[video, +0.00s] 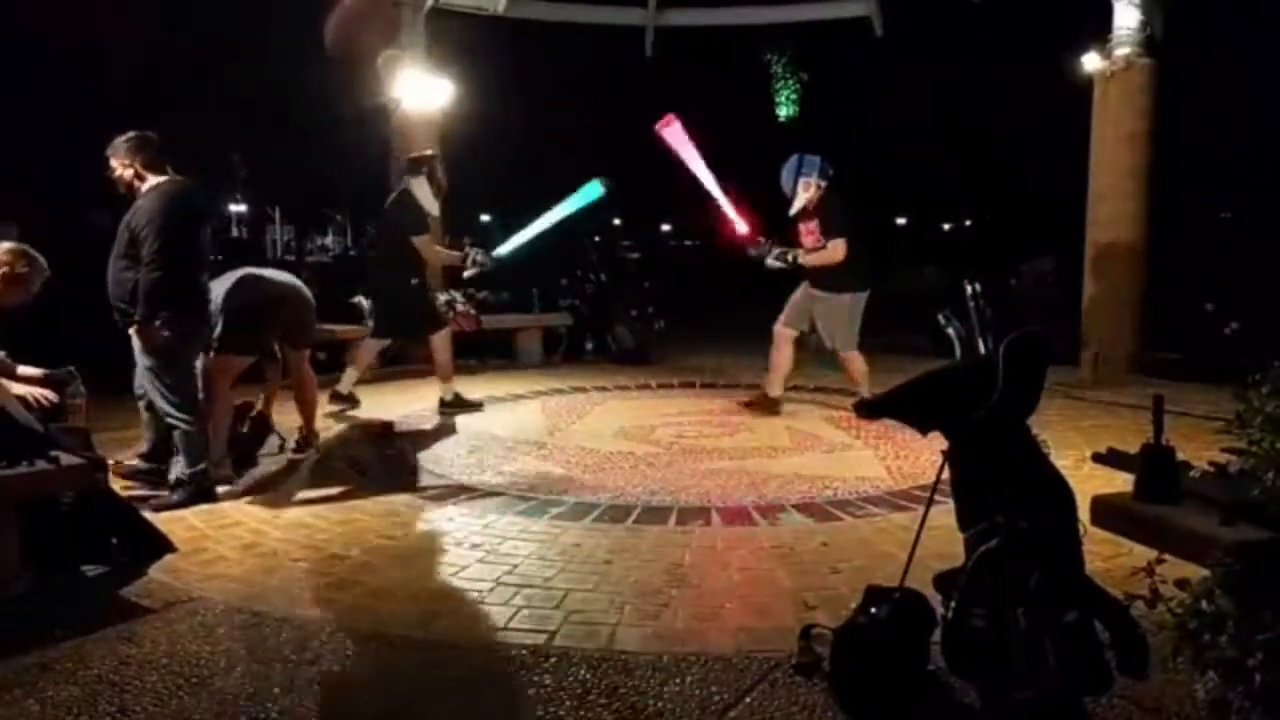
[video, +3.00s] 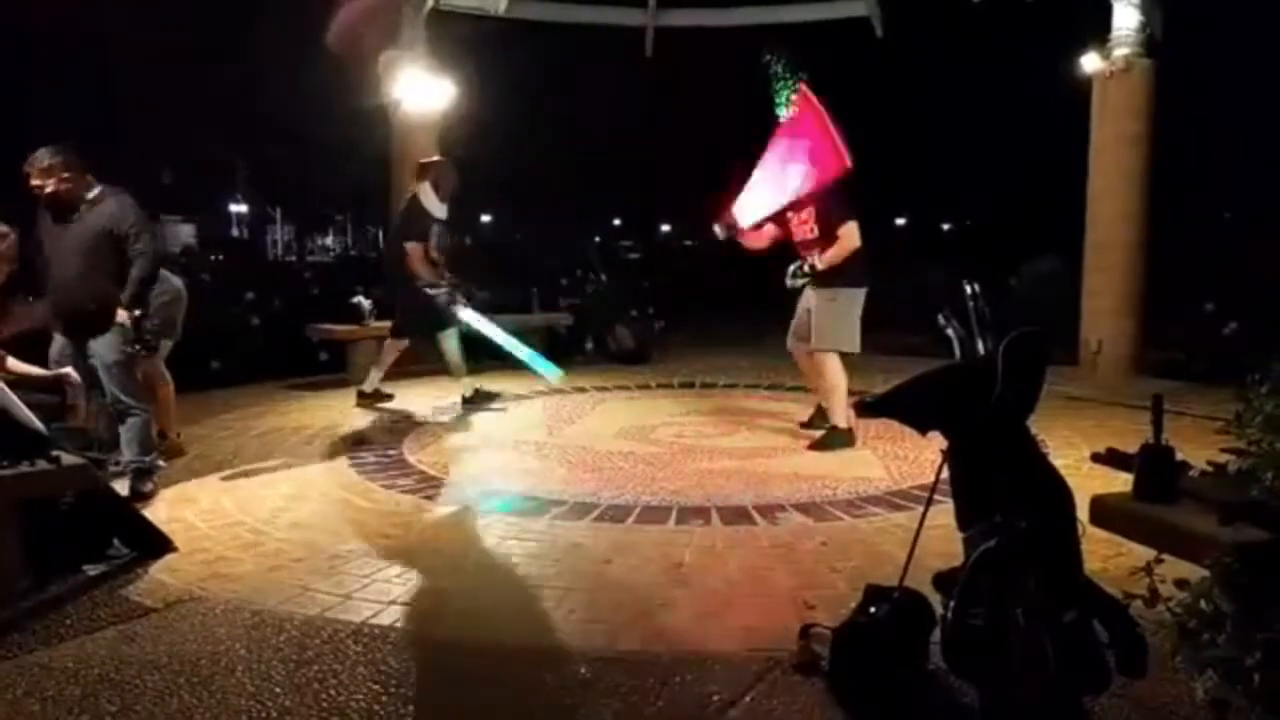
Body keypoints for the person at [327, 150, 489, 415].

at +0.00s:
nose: (444, 175)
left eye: (441, 169)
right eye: (440, 170)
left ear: (414, 173)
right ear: (429, 173)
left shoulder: (411, 199)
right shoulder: (408, 203)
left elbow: (426, 248)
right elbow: (429, 253)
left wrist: (460, 255)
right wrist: (464, 259)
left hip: (392, 281)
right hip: (404, 283)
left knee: (381, 335)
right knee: (440, 329)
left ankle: (343, 389)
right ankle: (449, 395)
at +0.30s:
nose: (412, 188)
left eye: (412, 182)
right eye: (410, 181)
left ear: (387, 177)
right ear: (399, 178)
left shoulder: (376, 202)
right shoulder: (378, 205)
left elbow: (392, 248)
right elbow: (395, 250)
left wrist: (427, 252)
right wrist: (428, 249)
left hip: (365, 281)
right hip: (376, 283)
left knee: (358, 340)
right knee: (412, 332)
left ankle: (325, 392)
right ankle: (440, 391)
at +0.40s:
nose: (393, 185)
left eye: (390, 179)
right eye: (387, 178)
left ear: (371, 177)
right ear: (376, 177)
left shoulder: (370, 199)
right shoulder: (366, 199)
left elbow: (385, 241)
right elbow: (384, 245)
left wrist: (417, 245)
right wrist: (419, 246)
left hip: (353, 276)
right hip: (363, 278)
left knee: (351, 335)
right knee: (396, 327)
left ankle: (324, 390)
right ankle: (405, 384)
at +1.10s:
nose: (419, 181)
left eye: (418, 175)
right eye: (415, 174)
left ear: (393, 175)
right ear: (403, 175)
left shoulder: (380, 202)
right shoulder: (388, 204)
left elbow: (403, 248)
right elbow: (405, 251)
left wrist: (439, 247)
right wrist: (443, 252)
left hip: (374, 284)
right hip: (388, 288)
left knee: (362, 336)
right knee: (431, 323)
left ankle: (326, 391)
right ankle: (437, 396)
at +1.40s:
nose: (448, 171)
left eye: (447, 164)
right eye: (443, 164)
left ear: (417, 165)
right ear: (431, 164)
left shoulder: (408, 190)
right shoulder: (419, 188)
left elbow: (438, 238)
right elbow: (440, 239)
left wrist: (479, 242)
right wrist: (482, 243)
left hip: (392, 272)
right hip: (407, 274)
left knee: (389, 327)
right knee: (438, 327)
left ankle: (353, 384)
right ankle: (438, 395)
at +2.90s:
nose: (463, 185)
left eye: (462, 179)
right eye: (459, 179)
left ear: (442, 181)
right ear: (446, 181)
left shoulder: (439, 207)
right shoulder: (429, 212)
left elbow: (445, 254)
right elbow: (438, 263)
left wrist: (464, 274)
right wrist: (467, 276)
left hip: (426, 285)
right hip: (428, 286)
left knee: (413, 335)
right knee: (470, 326)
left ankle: (373, 384)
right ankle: (473, 392)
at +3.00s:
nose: (451, 185)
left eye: (451, 179)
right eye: (447, 179)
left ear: (432, 180)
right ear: (435, 181)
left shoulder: (432, 208)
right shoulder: (415, 212)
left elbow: (431, 249)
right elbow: (415, 260)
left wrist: (446, 274)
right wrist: (440, 286)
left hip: (418, 277)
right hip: (410, 280)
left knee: (401, 334)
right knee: (447, 327)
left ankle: (369, 386)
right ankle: (467, 389)